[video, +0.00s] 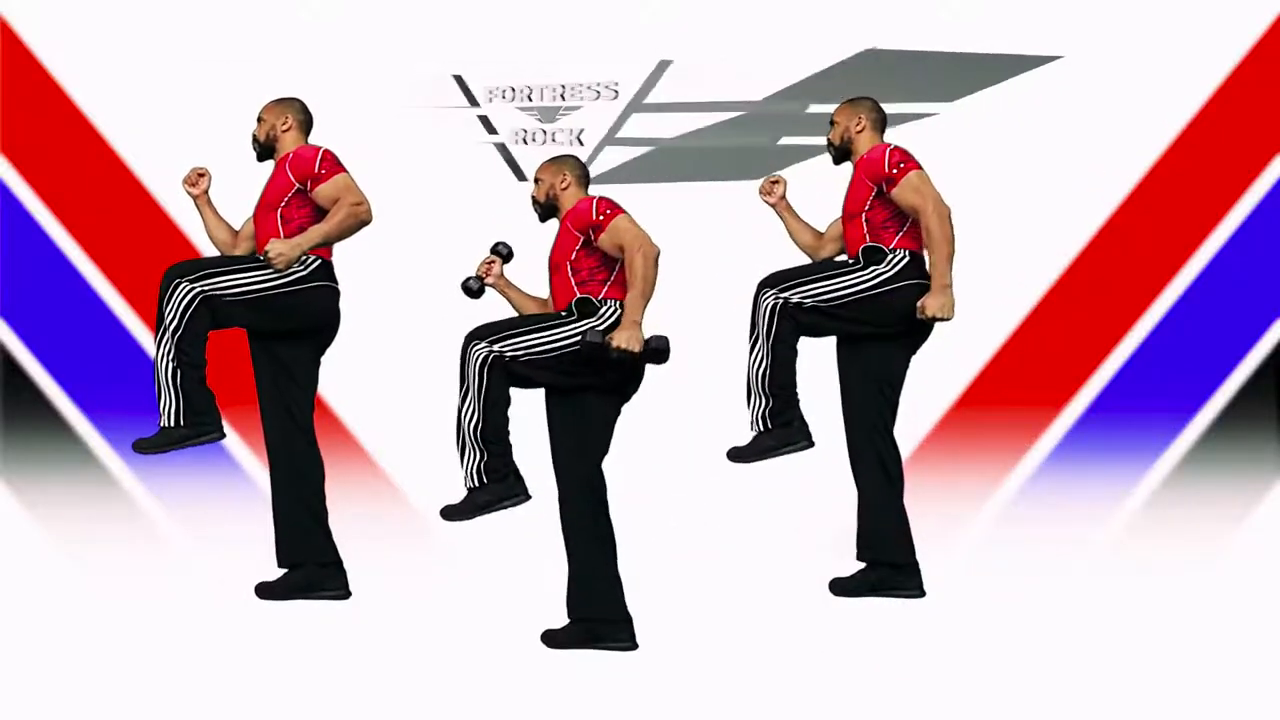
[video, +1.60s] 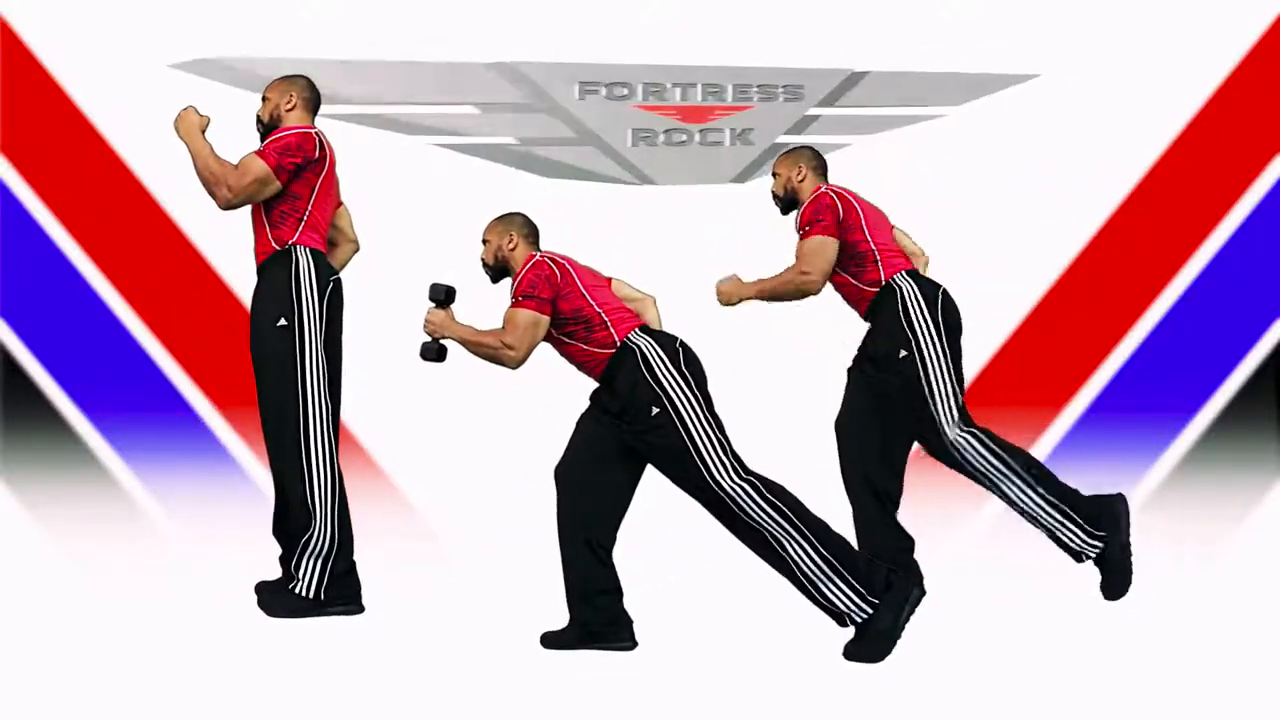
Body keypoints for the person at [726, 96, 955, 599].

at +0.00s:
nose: (828, 133)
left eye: (833, 123)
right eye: (829, 125)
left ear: (858, 123)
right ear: (860, 126)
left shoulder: (884, 156)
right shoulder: (864, 183)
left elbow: (934, 209)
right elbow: (822, 248)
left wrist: (940, 287)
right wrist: (782, 206)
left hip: (894, 274)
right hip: (890, 291)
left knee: (774, 294)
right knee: (868, 431)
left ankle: (781, 422)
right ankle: (891, 566)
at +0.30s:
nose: (823, 137)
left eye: (829, 128)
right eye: (824, 130)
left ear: (854, 127)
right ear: (853, 129)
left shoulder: (877, 159)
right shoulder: (857, 186)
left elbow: (917, 214)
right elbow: (834, 260)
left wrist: (904, 289)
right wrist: (783, 231)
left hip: (889, 280)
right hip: (895, 295)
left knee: (777, 309)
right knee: (869, 432)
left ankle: (790, 440)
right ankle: (891, 568)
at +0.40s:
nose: (814, 142)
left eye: (818, 132)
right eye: (815, 135)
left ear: (841, 129)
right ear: (851, 132)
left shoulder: (866, 162)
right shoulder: (859, 181)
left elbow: (882, 233)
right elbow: (861, 271)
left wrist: (832, 290)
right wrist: (803, 275)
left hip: (901, 284)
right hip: (907, 299)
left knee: (797, 355)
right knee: (876, 432)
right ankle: (892, 568)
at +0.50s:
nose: (804, 152)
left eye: (809, 142)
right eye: (804, 144)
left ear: (834, 139)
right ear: (840, 141)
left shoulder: (853, 173)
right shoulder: (869, 180)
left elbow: (837, 248)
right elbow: (890, 261)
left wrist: (766, 264)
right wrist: (860, 309)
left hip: (899, 289)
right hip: (907, 296)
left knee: (846, 407)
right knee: (877, 426)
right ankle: (890, 566)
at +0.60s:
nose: (794, 162)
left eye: (800, 152)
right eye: (794, 154)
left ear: (824, 151)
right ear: (836, 155)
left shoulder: (837, 184)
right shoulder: (866, 190)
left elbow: (795, 257)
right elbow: (929, 246)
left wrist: (738, 234)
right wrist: (914, 308)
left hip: (903, 296)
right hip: (893, 306)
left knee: (915, 432)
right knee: (864, 432)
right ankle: (891, 565)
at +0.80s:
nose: (781, 185)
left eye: (787, 176)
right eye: (782, 177)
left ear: (814, 172)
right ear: (824, 178)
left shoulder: (824, 207)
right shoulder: (862, 205)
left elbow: (765, 271)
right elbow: (938, 224)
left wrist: (726, 226)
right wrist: (957, 292)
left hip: (916, 308)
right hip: (903, 319)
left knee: (987, 429)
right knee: (866, 433)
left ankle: (1128, 534)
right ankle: (891, 567)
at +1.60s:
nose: (772, 186)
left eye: (777, 176)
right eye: (771, 178)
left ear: (803, 173)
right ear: (810, 175)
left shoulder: (822, 203)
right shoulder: (847, 206)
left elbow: (808, 277)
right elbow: (914, 253)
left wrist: (747, 289)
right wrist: (908, 314)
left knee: (949, 433)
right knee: (860, 438)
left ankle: (1092, 526)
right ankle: (890, 575)